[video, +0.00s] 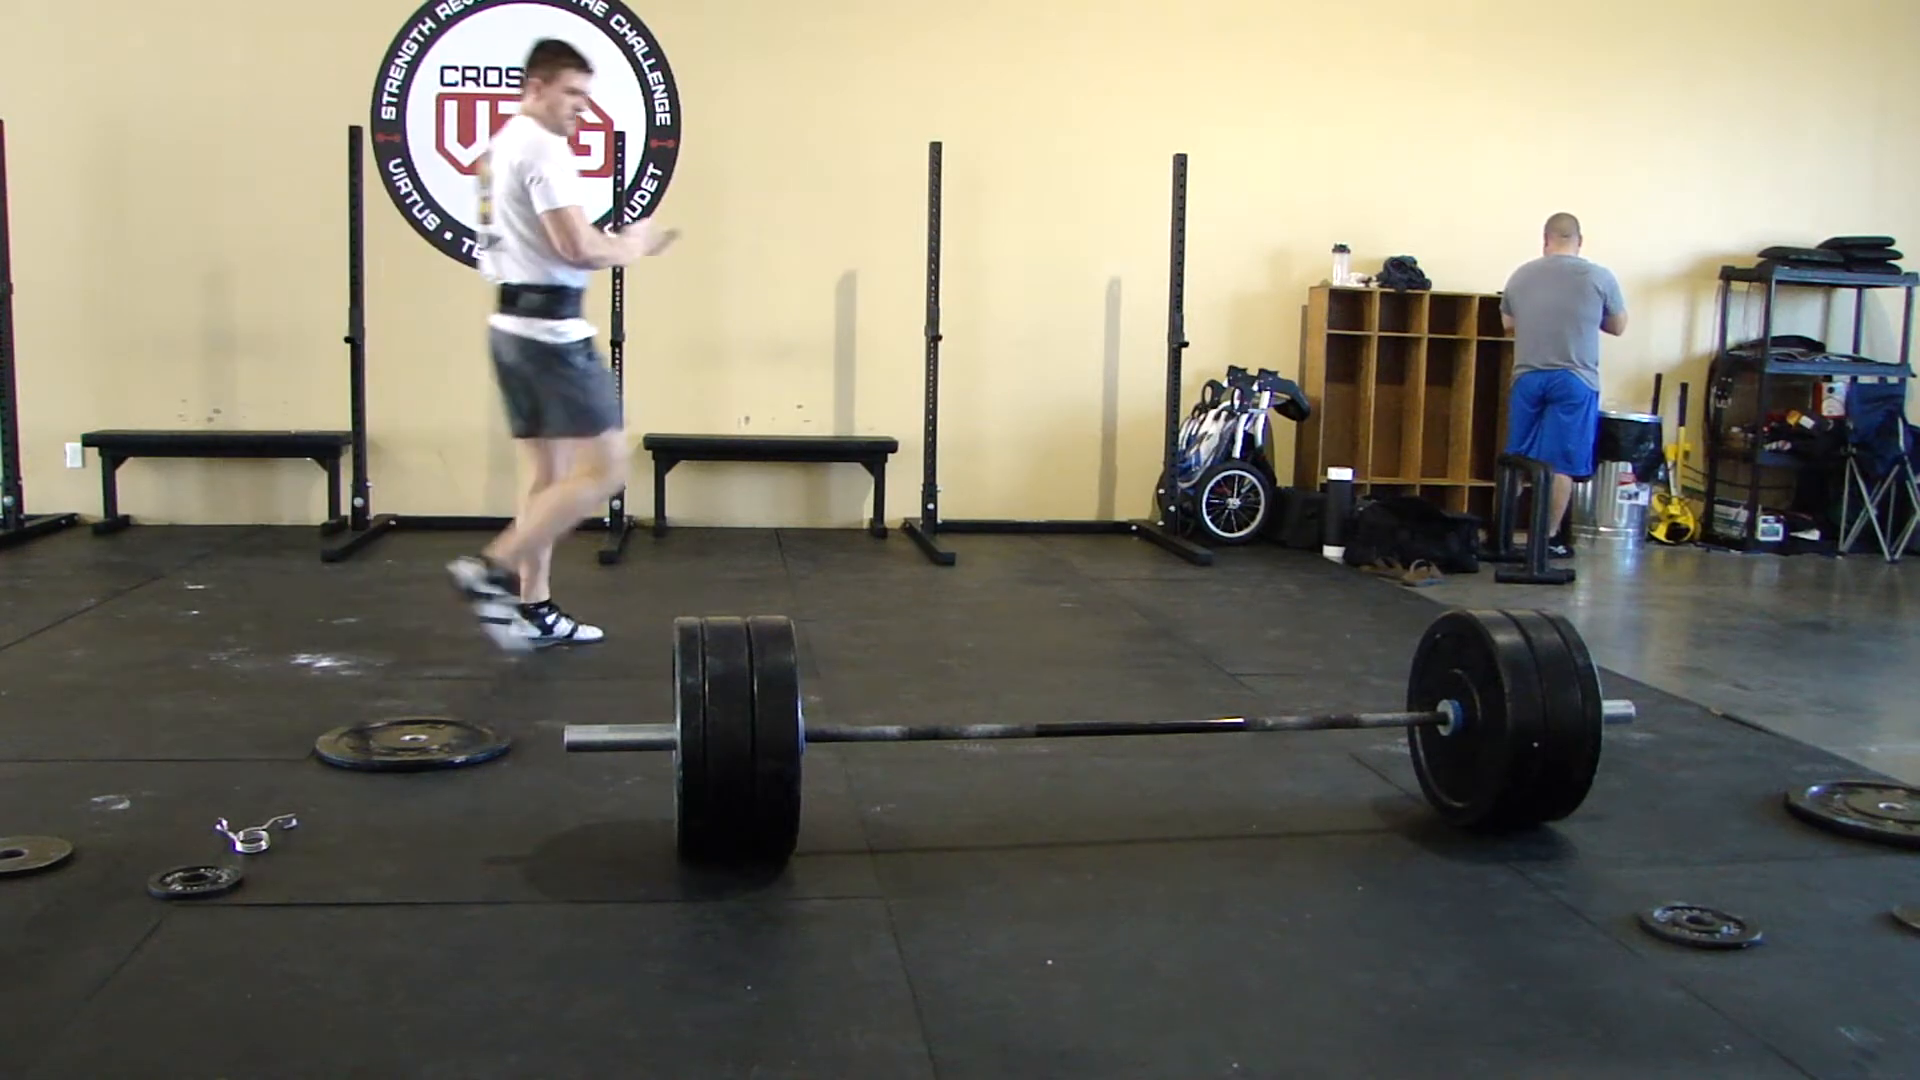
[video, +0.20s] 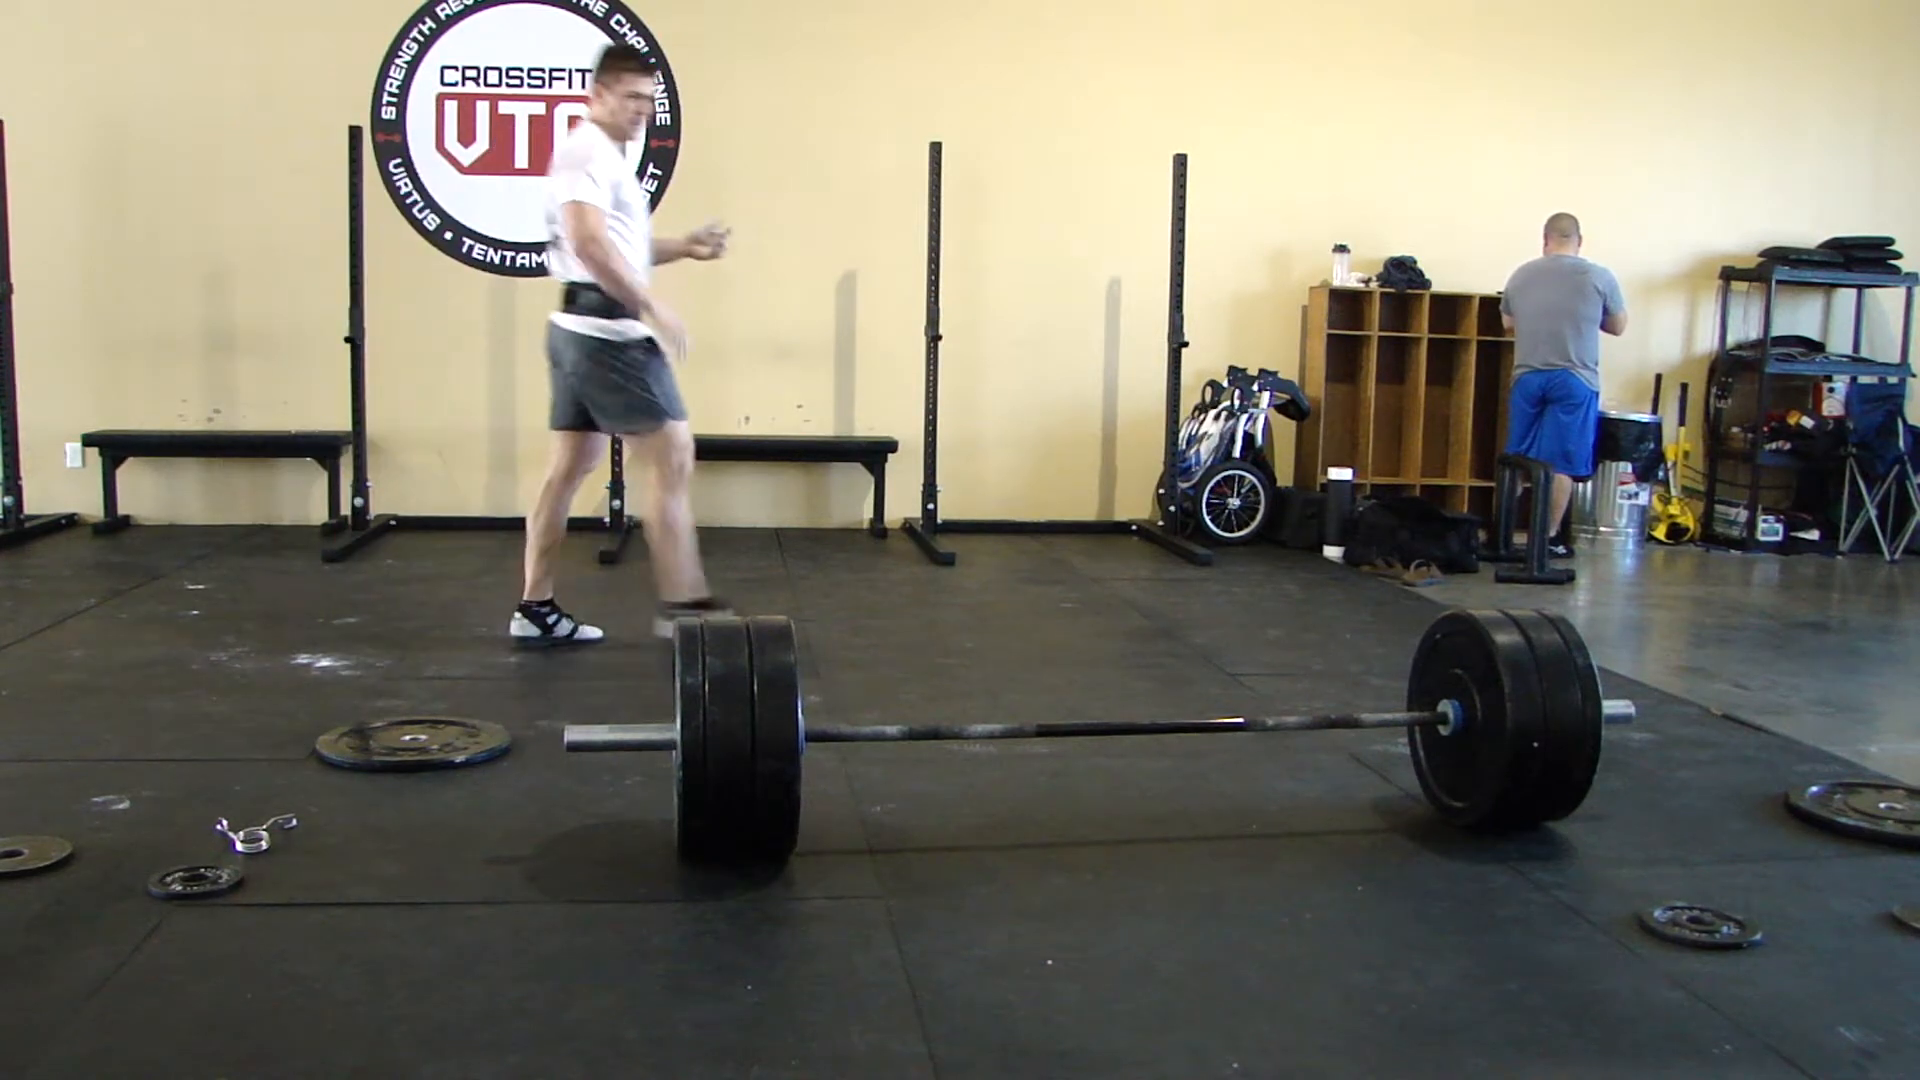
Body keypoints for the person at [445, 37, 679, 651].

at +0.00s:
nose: (581, 109)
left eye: (584, 98)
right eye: (573, 95)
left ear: (536, 93)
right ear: (536, 87)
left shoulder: (509, 140)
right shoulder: (539, 148)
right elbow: (579, 247)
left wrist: (605, 239)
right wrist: (636, 246)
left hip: (515, 328)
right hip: (553, 333)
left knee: (546, 470)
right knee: (606, 472)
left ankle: (534, 608)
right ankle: (493, 566)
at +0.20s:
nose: (644, 110)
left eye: (650, 99)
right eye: (633, 98)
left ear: (649, 99)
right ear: (597, 94)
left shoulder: (608, 156)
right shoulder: (587, 151)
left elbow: (619, 247)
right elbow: (585, 240)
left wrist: (684, 248)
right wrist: (650, 305)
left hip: (581, 323)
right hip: (609, 326)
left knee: (571, 462)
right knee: (672, 456)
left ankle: (535, 606)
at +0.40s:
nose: (713, 121)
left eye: (720, 112)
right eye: (702, 109)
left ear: (725, 114)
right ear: (671, 107)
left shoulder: (681, 170)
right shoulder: (659, 170)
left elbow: (684, 264)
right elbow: (633, 260)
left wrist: (743, 264)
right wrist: (624, 349)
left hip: (660, 350)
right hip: (690, 353)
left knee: (630, 470)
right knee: (744, 479)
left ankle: (549, 592)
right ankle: (776, 616)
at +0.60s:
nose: (776, 110)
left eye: (784, 100)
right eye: (765, 98)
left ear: (789, 104)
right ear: (736, 99)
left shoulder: (761, 167)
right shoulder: (723, 162)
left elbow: (756, 254)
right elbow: (698, 254)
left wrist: (805, 262)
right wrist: (703, 346)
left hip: (769, 328)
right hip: (747, 330)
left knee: (769, 460)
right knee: (777, 469)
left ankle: (670, 545)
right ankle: (777, 613)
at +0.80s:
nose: (822, 108)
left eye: (830, 97)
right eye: (810, 97)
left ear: (836, 101)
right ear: (782, 98)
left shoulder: (824, 165)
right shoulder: (760, 161)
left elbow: (818, 251)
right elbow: (734, 247)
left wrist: (861, 263)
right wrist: (802, 295)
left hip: (831, 336)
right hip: (787, 341)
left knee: (865, 447)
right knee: (791, 470)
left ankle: (830, 583)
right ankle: (775, 613)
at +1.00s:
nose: (864, 114)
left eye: (872, 104)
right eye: (852, 103)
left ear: (882, 108)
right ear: (826, 106)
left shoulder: (893, 173)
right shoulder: (796, 170)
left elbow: (911, 248)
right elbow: (752, 243)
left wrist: (924, 271)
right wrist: (790, 291)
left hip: (890, 337)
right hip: (831, 337)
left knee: (923, 460)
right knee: (823, 473)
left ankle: (951, 590)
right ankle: (780, 611)